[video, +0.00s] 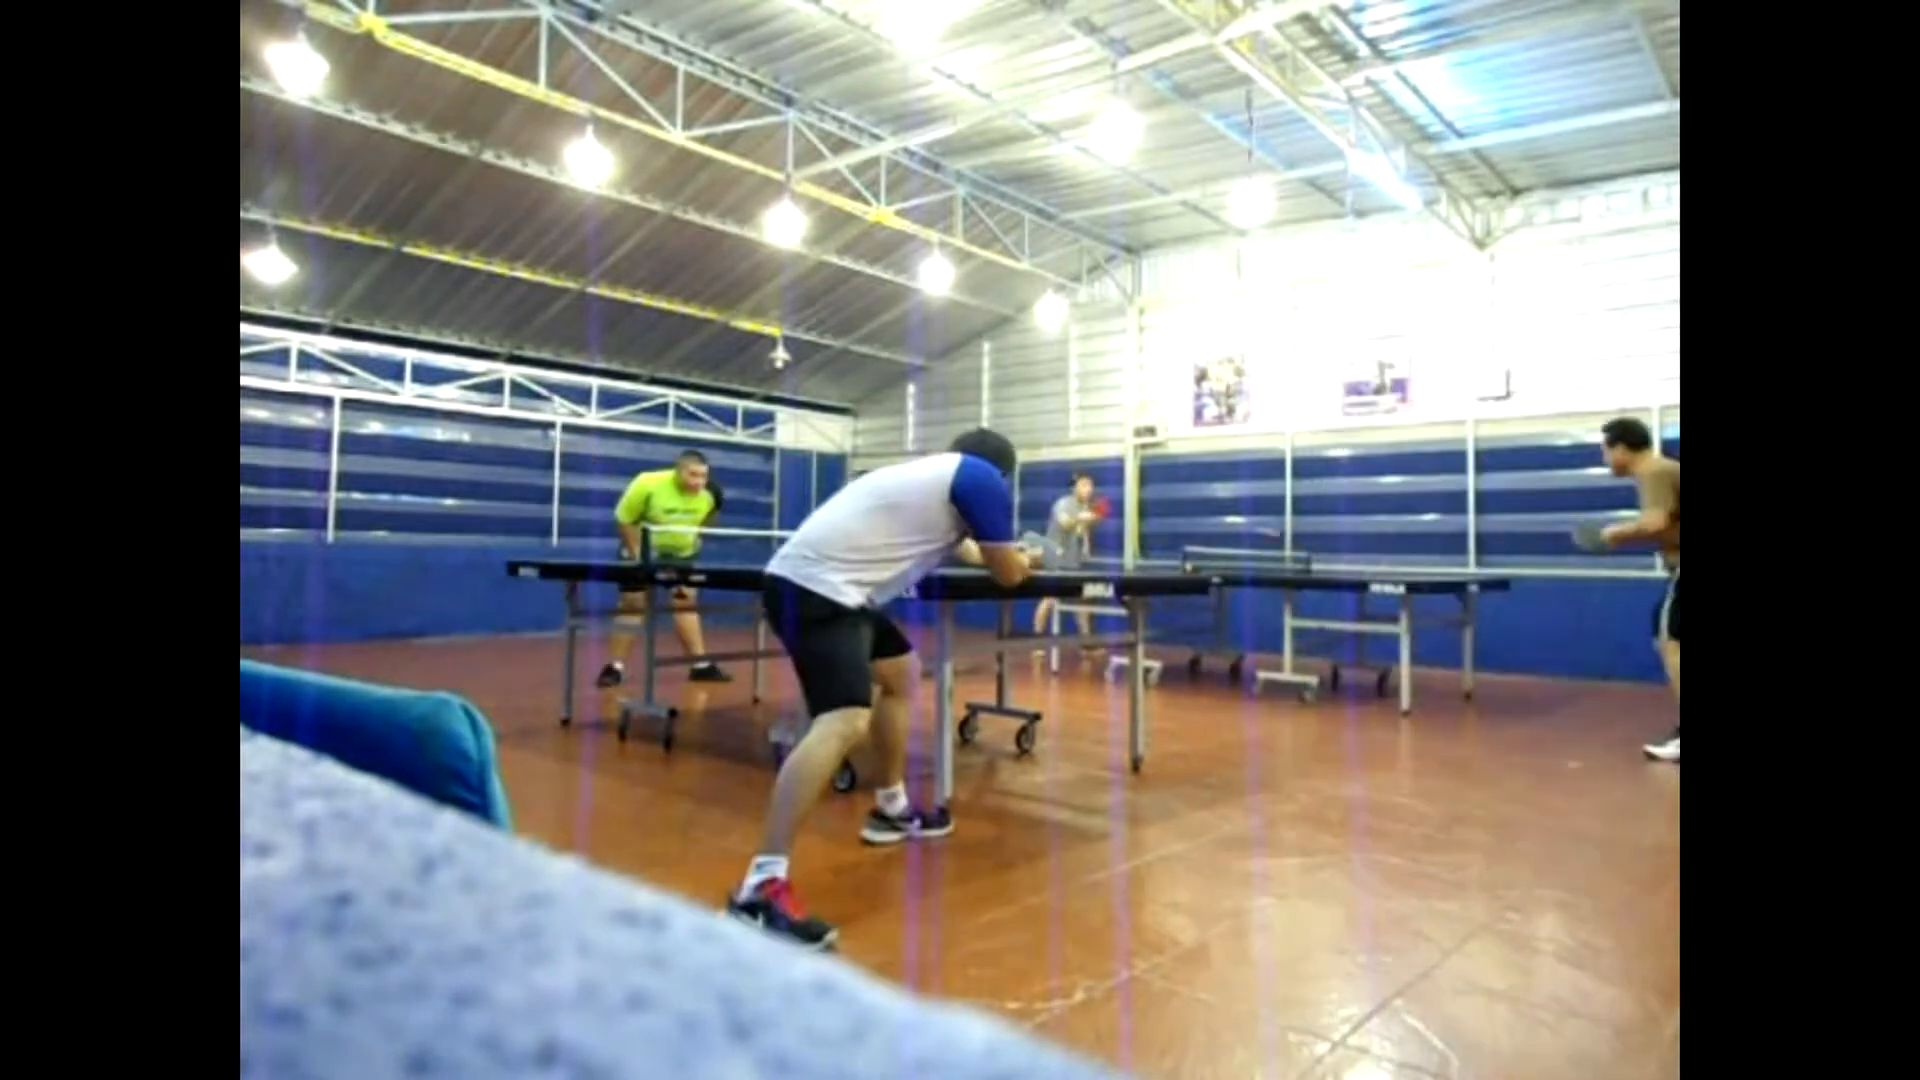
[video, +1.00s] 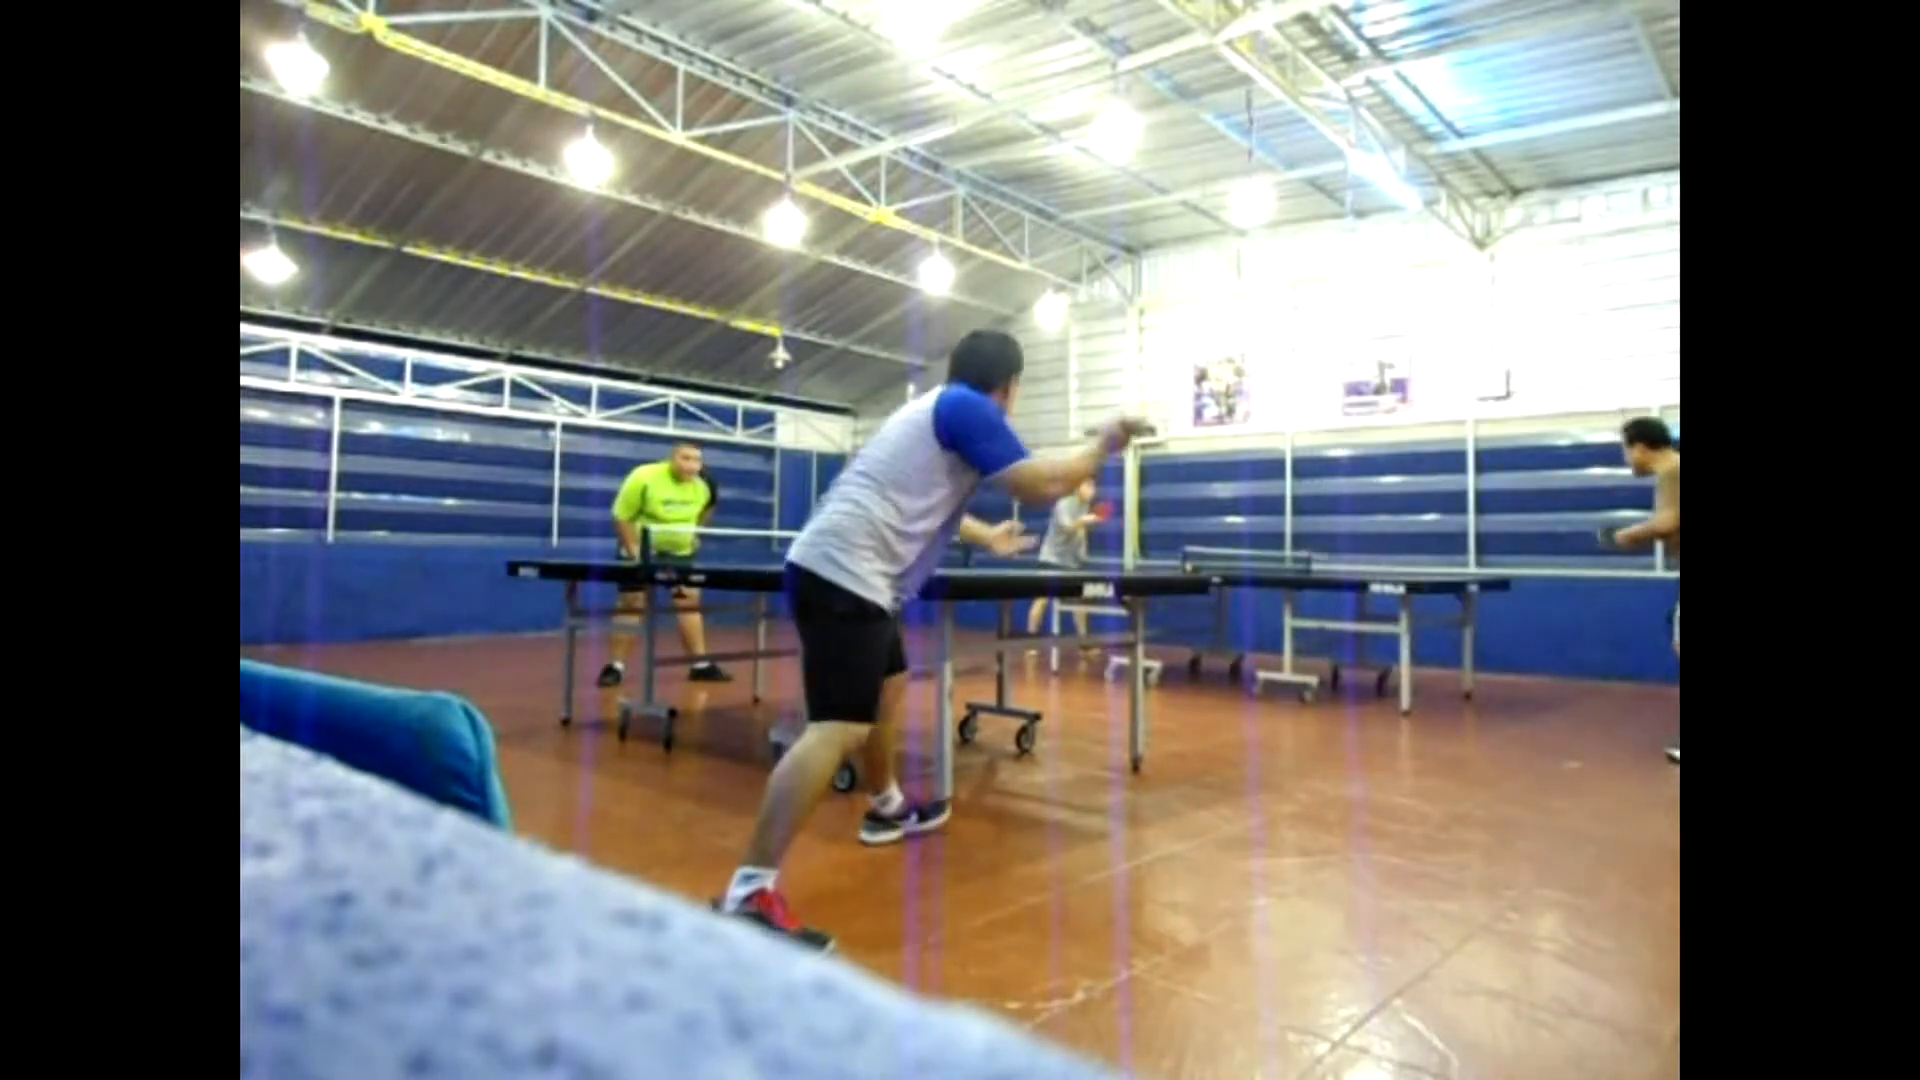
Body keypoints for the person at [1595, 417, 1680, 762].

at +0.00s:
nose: (1606, 458)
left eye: (1608, 450)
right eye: (1606, 450)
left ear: (1624, 448)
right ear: (1633, 446)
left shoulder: (1654, 472)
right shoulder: (1658, 470)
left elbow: (1657, 521)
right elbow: (1658, 522)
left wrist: (1615, 534)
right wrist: (1619, 533)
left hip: (1678, 571)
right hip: (1675, 569)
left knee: (1668, 640)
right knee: (1666, 638)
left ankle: (1679, 731)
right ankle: (1677, 731)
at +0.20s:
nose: (1597, 473)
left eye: (1597, 464)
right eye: (1595, 465)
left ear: (1612, 459)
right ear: (1618, 456)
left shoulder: (1643, 478)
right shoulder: (1644, 476)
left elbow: (1605, 529)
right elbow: (1620, 533)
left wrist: (1582, 515)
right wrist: (1600, 524)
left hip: (1677, 579)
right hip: (1673, 577)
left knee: (1665, 646)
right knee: (1659, 641)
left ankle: (1677, 728)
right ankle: (1675, 726)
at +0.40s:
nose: (1605, 457)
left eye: (1606, 448)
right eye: (1603, 449)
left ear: (1621, 442)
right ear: (1624, 442)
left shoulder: (1662, 466)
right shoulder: (1645, 472)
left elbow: (1666, 510)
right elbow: (1631, 504)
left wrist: (1617, 519)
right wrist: (1576, 501)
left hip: (1675, 568)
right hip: (1669, 568)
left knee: (1665, 642)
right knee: (1661, 641)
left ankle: (1677, 728)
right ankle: (1676, 727)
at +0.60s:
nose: (1621, 441)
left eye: (1623, 432)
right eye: (1620, 433)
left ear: (1638, 430)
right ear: (1643, 431)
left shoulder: (1666, 458)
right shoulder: (1651, 464)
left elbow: (1678, 501)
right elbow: (1655, 511)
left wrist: (1650, 522)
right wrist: (1620, 524)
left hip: (1671, 559)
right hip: (1662, 558)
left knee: (1663, 639)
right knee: (1660, 639)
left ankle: (1677, 727)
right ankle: (1675, 726)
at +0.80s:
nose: (1627, 445)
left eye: (1630, 437)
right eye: (1627, 438)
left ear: (1644, 437)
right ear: (1652, 436)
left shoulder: (1670, 463)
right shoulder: (1665, 464)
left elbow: (1675, 511)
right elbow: (1672, 513)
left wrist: (1647, 532)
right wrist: (1646, 534)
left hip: (1679, 568)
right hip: (1675, 565)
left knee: (1672, 638)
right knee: (1670, 637)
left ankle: (1678, 725)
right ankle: (1676, 724)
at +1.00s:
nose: (1628, 458)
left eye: (1629, 450)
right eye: (1627, 450)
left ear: (1644, 447)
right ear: (1651, 446)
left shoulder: (1670, 470)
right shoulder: (1667, 471)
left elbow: (1668, 521)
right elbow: (1667, 521)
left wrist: (1628, 535)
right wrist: (1631, 534)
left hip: (1678, 580)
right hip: (1676, 577)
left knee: (1676, 640)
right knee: (1674, 638)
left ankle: (1678, 741)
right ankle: (1677, 741)